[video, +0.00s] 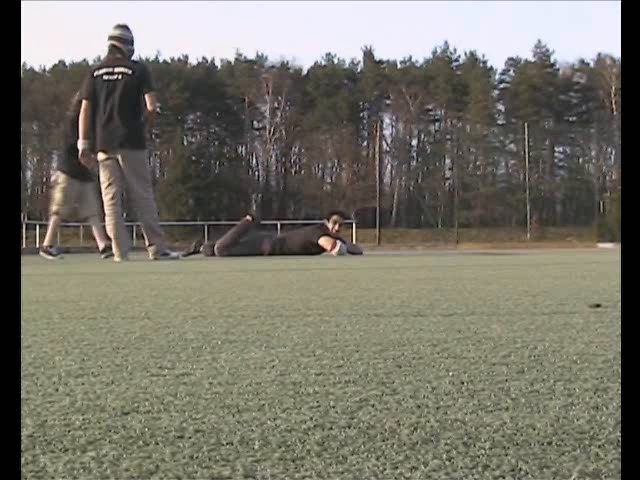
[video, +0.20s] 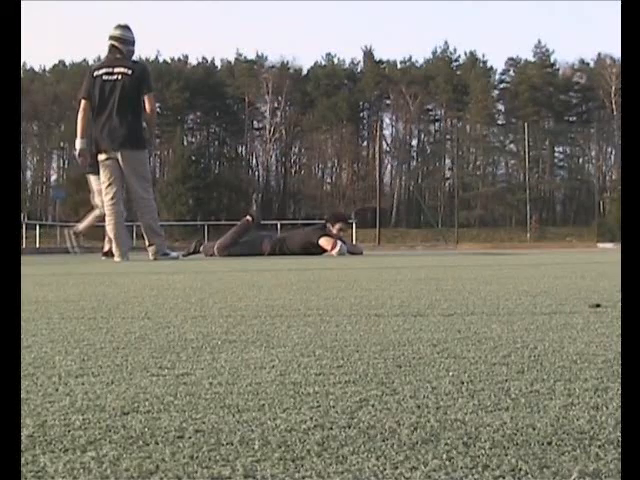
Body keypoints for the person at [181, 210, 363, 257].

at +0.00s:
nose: (337, 229)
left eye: (339, 226)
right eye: (335, 224)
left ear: (339, 226)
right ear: (328, 222)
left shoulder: (330, 234)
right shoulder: (319, 232)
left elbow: (354, 248)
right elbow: (333, 247)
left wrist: (347, 247)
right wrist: (341, 248)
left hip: (271, 244)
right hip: (267, 245)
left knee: (230, 249)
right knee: (220, 250)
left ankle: (204, 248)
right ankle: (245, 221)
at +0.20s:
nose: (341, 235)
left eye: (343, 232)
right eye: (340, 231)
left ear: (336, 229)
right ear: (331, 226)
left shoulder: (329, 234)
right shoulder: (319, 233)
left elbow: (357, 250)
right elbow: (334, 248)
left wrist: (345, 247)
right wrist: (344, 248)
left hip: (269, 243)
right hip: (265, 245)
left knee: (227, 249)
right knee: (220, 250)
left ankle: (201, 247)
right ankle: (246, 221)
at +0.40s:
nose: (344, 237)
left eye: (345, 234)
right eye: (343, 234)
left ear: (337, 230)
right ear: (334, 230)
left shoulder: (330, 234)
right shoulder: (320, 235)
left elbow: (357, 250)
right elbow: (336, 248)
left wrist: (343, 249)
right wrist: (348, 247)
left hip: (272, 243)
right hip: (267, 245)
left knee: (227, 249)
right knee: (219, 250)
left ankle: (202, 247)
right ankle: (246, 221)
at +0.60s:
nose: (346, 236)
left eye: (346, 232)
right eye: (344, 232)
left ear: (336, 229)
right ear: (335, 230)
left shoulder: (328, 235)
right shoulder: (319, 236)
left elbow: (356, 249)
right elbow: (336, 248)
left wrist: (344, 247)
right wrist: (344, 247)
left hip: (270, 244)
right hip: (266, 246)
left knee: (229, 248)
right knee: (220, 251)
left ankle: (203, 246)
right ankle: (247, 223)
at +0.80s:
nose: (340, 237)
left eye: (343, 234)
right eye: (339, 233)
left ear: (342, 232)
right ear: (331, 228)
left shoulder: (330, 235)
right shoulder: (319, 234)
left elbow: (358, 250)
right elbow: (333, 248)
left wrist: (344, 247)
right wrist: (344, 248)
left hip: (272, 244)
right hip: (267, 244)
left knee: (223, 249)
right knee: (219, 250)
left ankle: (203, 247)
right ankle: (247, 221)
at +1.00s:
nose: (336, 234)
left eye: (340, 231)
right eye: (335, 229)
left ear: (341, 231)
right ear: (327, 225)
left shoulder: (330, 237)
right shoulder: (318, 235)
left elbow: (358, 250)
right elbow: (334, 247)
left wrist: (342, 247)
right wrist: (344, 248)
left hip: (271, 242)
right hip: (266, 245)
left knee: (227, 247)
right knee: (220, 250)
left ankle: (205, 248)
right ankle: (246, 222)